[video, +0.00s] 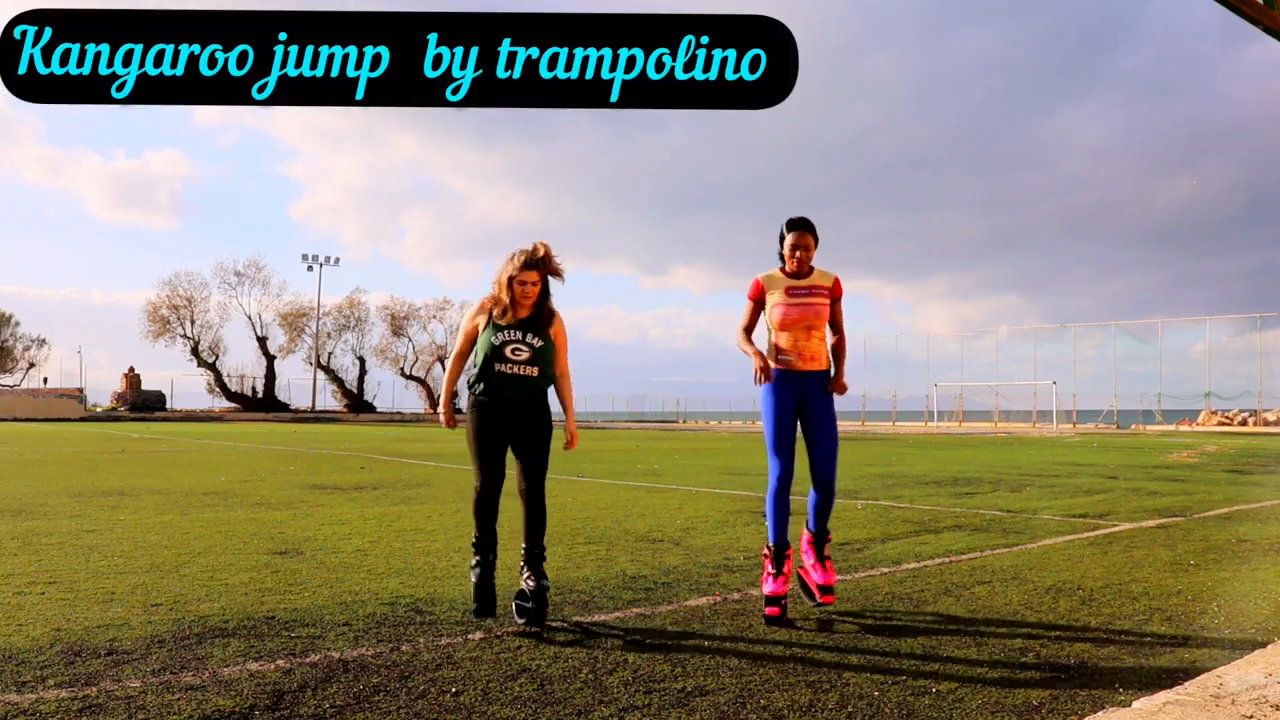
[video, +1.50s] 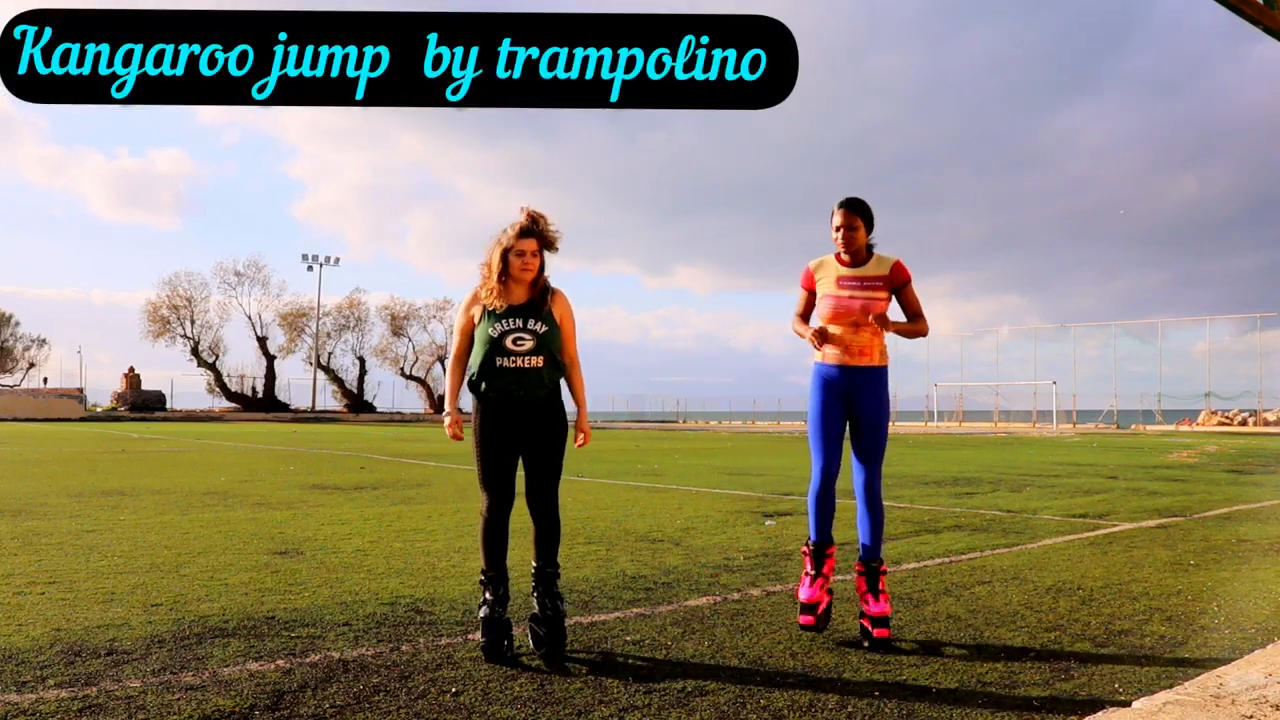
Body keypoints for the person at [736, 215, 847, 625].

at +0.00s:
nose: (800, 255)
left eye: (807, 249)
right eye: (794, 248)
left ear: (816, 250)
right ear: (782, 249)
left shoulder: (829, 284)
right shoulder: (765, 284)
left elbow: (838, 332)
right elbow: (742, 333)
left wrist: (839, 372)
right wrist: (755, 354)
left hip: (819, 384)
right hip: (779, 384)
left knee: (826, 481)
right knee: (781, 474)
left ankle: (814, 550)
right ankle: (777, 561)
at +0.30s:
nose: (815, 255)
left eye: (822, 247)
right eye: (808, 248)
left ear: (832, 244)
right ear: (797, 246)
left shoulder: (849, 278)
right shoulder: (781, 278)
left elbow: (859, 319)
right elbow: (757, 323)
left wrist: (860, 350)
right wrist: (768, 339)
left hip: (833, 379)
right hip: (792, 379)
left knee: (838, 474)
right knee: (788, 472)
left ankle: (846, 562)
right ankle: (779, 558)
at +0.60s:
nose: (835, 250)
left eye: (842, 243)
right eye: (829, 243)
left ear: (854, 243)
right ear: (819, 242)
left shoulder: (869, 280)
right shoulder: (800, 277)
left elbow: (890, 335)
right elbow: (779, 318)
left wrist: (873, 333)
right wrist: (781, 327)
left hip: (850, 382)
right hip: (809, 380)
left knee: (851, 476)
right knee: (809, 467)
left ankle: (853, 568)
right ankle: (802, 549)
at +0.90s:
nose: (829, 240)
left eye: (836, 233)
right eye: (823, 233)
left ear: (847, 234)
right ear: (812, 235)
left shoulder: (865, 271)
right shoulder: (795, 273)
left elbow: (880, 318)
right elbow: (777, 329)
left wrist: (877, 344)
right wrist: (793, 327)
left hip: (857, 379)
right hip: (815, 380)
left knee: (861, 481)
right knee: (821, 479)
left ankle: (855, 566)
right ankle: (818, 570)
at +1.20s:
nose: (833, 236)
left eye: (840, 228)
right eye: (826, 229)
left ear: (853, 228)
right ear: (817, 231)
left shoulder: (877, 266)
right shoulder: (805, 269)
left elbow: (890, 312)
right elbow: (783, 322)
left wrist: (881, 334)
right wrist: (807, 330)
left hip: (864, 377)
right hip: (821, 378)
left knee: (864, 478)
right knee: (824, 478)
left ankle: (871, 570)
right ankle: (820, 571)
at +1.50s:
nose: (841, 235)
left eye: (849, 228)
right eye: (836, 228)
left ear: (867, 231)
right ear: (830, 231)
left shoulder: (891, 270)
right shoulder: (817, 271)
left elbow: (920, 326)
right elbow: (798, 319)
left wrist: (892, 325)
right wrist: (808, 331)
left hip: (871, 382)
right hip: (826, 380)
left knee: (868, 483)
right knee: (822, 476)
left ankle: (872, 577)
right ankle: (817, 567)